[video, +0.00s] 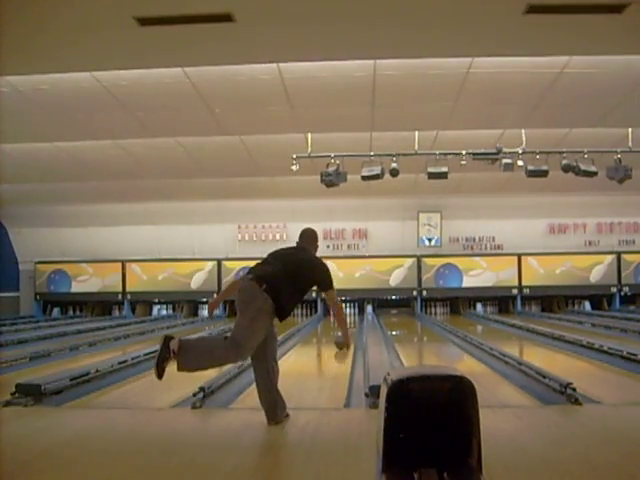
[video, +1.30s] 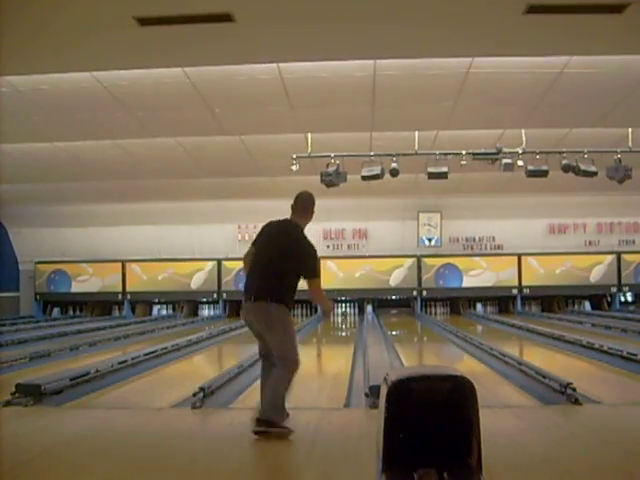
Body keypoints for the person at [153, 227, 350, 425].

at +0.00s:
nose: (317, 248)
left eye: (314, 245)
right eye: (317, 245)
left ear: (299, 241)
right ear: (316, 245)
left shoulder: (282, 253)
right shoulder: (317, 265)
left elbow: (245, 278)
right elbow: (334, 305)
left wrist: (219, 298)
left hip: (246, 293)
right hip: (261, 300)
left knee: (265, 360)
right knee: (238, 349)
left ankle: (275, 413)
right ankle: (176, 348)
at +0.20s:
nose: (317, 245)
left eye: (313, 239)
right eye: (318, 242)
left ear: (301, 238)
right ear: (318, 242)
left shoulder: (283, 250)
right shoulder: (317, 265)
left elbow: (248, 274)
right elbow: (317, 308)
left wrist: (220, 295)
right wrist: (310, 340)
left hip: (248, 288)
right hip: (262, 297)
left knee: (264, 356)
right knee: (237, 347)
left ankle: (274, 412)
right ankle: (177, 342)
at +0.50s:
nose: (317, 236)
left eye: (313, 230)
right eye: (319, 233)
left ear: (301, 229)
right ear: (319, 233)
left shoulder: (284, 243)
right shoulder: (316, 256)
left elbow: (255, 269)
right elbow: (303, 292)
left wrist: (232, 295)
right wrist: (283, 320)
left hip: (245, 290)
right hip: (261, 297)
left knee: (264, 357)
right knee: (246, 352)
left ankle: (273, 412)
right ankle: (191, 375)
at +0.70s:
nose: (313, 227)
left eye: (309, 223)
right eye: (315, 224)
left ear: (297, 222)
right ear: (316, 226)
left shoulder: (280, 239)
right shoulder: (314, 254)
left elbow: (253, 269)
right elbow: (316, 298)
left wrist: (233, 297)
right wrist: (318, 336)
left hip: (245, 290)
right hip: (262, 299)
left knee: (263, 356)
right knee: (248, 352)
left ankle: (273, 411)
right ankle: (200, 393)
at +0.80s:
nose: (313, 224)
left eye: (310, 220)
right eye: (314, 221)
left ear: (296, 219)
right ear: (314, 222)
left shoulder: (279, 237)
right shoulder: (314, 250)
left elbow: (253, 267)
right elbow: (324, 291)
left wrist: (233, 295)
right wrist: (336, 321)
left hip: (244, 289)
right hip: (260, 297)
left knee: (262, 355)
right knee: (248, 353)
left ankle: (273, 412)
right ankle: (200, 394)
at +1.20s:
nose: (308, 209)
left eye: (304, 205)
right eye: (310, 206)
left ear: (291, 203)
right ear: (312, 207)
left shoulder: (270, 226)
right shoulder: (308, 238)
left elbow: (247, 259)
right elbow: (323, 276)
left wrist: (252, 283)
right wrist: (336, 291)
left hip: (248, 294)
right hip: (270, 299)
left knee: (264, 357)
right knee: (274, 358)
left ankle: (274, 413)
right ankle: (233, 406)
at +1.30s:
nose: (311, 215)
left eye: (307, 209)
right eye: (312, 211)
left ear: (292, 208)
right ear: (311, 213)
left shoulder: (270, 228)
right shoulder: (306, 247)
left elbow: (248, 259)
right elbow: (314, 291)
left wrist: (258, 284)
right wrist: (326, 304)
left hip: (250, 305)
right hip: (273, 308)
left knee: (269, 358)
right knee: (288, 362)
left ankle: (268, 413)